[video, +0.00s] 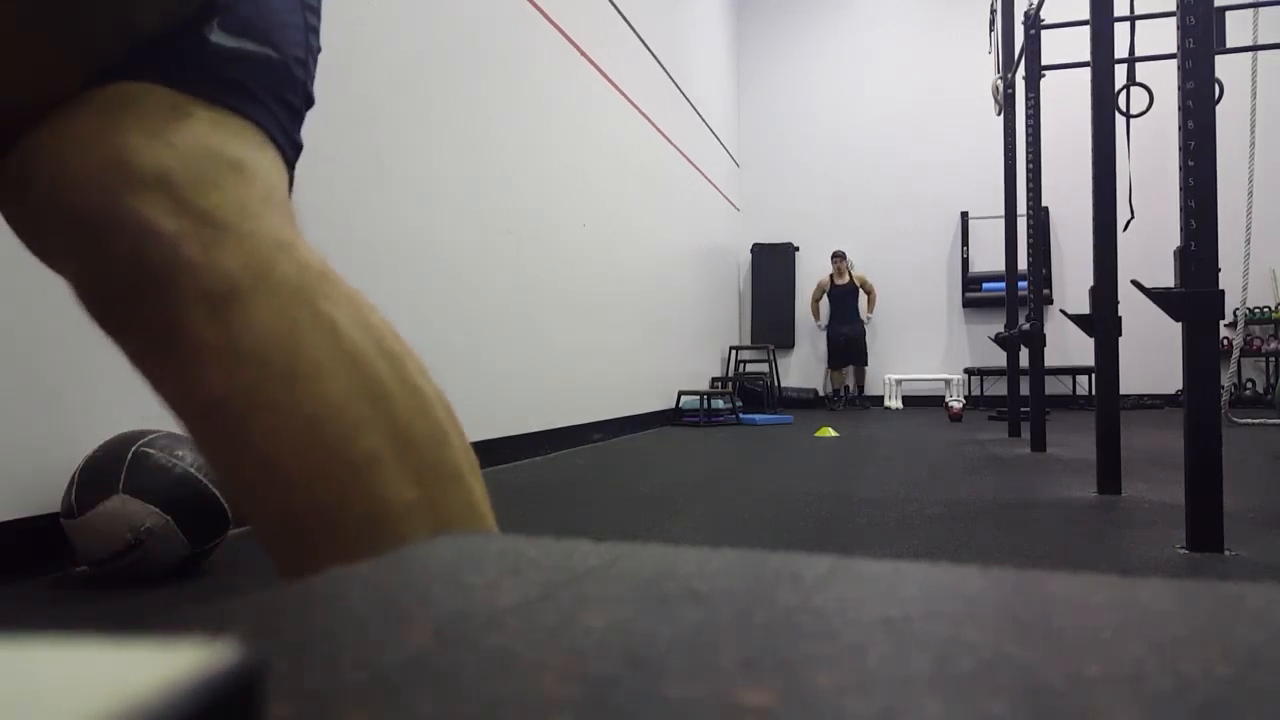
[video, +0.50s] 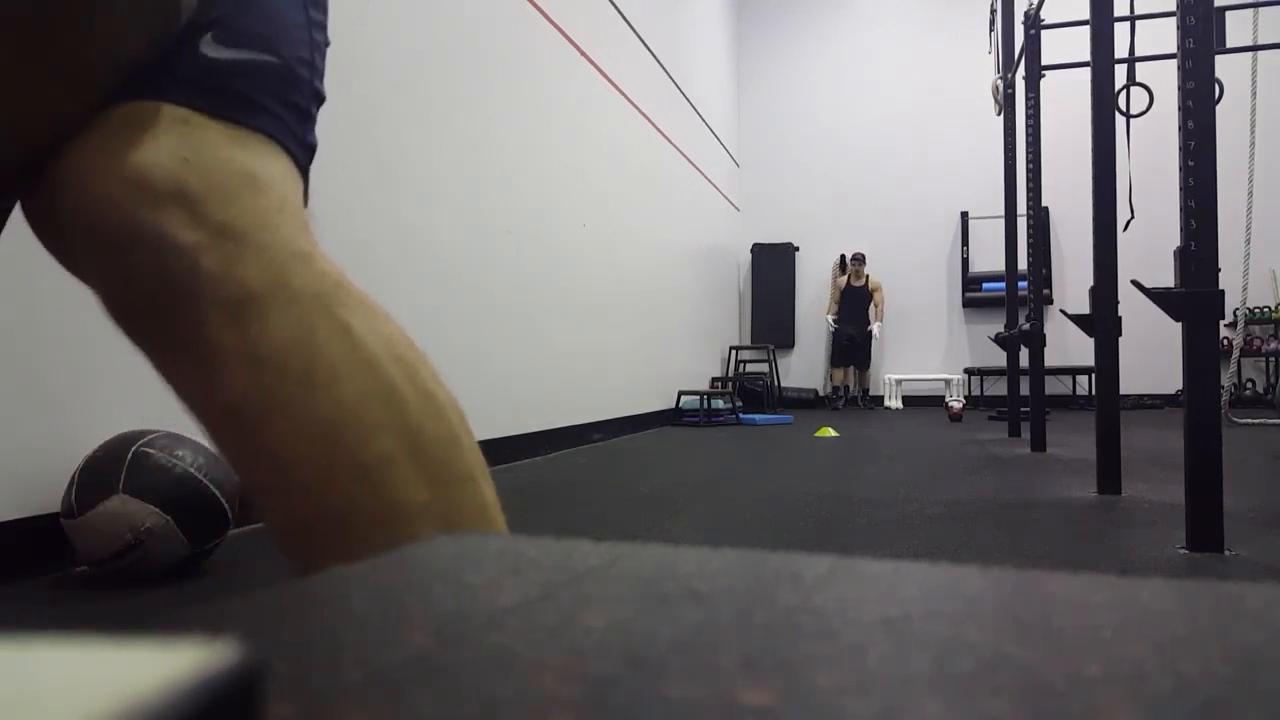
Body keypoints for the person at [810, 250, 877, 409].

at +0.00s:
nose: (838, 265)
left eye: (840, 262)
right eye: (835, 262)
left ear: (846, 262)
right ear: (831, 265)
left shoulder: (858, 279)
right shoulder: (825, 283)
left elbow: (871, 293)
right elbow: (815, 301)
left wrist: (869, 314)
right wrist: (818, 321)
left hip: (855, 326)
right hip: (835, 328)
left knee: (859, 364)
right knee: (836, 366)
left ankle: (860, 395)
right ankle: (837, 398)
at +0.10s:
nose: (841, 265)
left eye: (843, 261)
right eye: (838, 262)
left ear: (849, 263)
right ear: (834, 265)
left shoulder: (861, 281)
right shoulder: (828, 284)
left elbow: (871, 299)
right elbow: (821, 305)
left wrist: (872, 321)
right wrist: (819, 325)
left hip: (857, 328)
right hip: (837, 328)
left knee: (861, 365)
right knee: (836, 366)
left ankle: (864, 395)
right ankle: (837, 398)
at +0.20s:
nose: (845, 266)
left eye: (847, 263)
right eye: (842, 263)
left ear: (853, 264)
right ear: (838, 265)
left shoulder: (864, 282)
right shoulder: (832, 285)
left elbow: (874, 303)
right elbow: (827, 307)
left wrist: (873, 323)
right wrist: (825, 326)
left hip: (859, 329)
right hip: (839, 329)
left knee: (862, 366)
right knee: (837, 366)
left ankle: (865, 397)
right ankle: (837, 398)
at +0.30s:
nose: (849, 268)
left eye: (852, 264)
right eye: (846, 265)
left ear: (857, 265)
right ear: (842, 267)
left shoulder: (868, 283)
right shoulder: (837, 284)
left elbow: (878, 304)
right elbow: (831, 305)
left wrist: (874, 325)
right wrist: (828, 323)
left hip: (860, 329)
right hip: (841, 329)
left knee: (862, 366)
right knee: (838, 366)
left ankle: (864, 396)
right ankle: (838, 397)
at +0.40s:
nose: (853, 268)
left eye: (857, 265)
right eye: (851, 266)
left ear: (862, 266)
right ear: (847, 267)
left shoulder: (872, 284)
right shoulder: (839, 284)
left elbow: (880, 307)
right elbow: (834, 304)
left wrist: (876, 327)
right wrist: (830, 320)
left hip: (861, 329)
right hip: (842, 328)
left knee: (863, 366)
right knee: (838, 365)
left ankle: (864, 397)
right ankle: (838, 396)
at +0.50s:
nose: (857, 267)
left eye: (860, 264)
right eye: (854, 264)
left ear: (864, 266)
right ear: (850, 265)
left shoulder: (873, 283)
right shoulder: (840, 282)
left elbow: (878, 305)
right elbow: (835, 302)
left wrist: (878, 322)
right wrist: (830, 314)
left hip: (862, 329)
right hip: (842, 328)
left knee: (863, 366)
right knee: (838, 364)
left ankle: (865, 396)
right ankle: (837, 396)